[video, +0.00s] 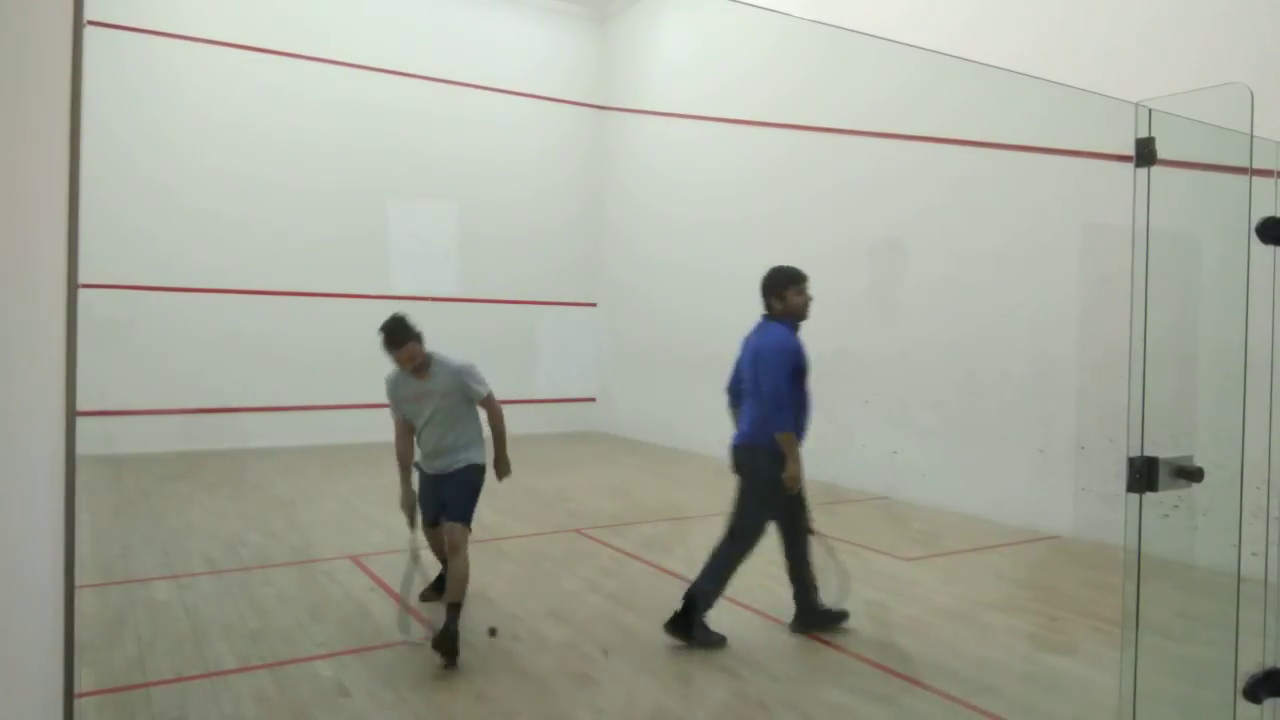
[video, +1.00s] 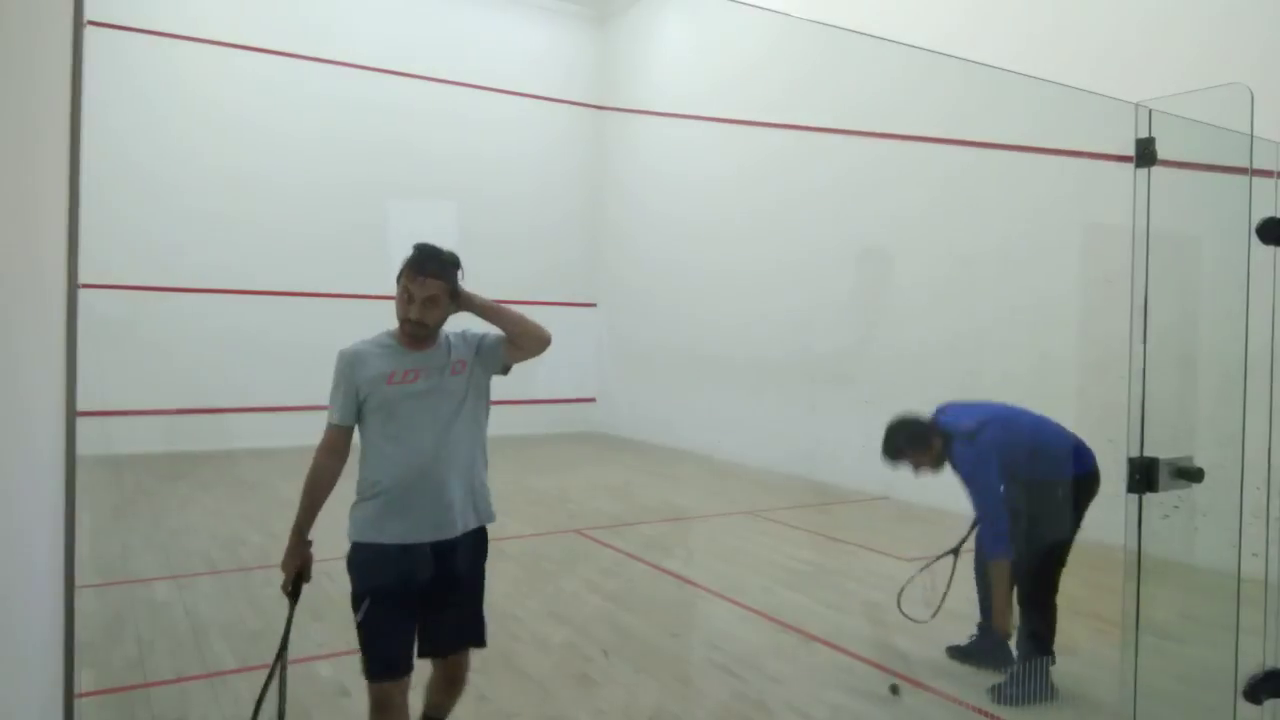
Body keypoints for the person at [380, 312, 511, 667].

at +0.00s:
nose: (405, 357)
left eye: (409, 348)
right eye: (397, 353)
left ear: (420, 342)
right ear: (391, 355)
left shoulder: (458, 372)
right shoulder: (397, 385)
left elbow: (493, 408)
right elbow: (403, 435)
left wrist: (501, 455)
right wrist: (405, 487)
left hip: (466, 463)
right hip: (430, 466)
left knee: (454, 538)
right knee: (432, 530)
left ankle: (451, 628)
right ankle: (449, 573)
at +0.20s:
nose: (392, 390)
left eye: (395, 381)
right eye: (383, 388)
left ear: (401, 364)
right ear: (371, 383)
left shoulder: (440, 377)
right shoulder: (372, 396)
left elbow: (492, 403)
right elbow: (391, 446)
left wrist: (521, 446)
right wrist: (412, 497)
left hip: (473, 463)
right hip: (437, 472)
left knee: (458, 557)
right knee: (466, 524)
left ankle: (452, 646)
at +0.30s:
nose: (410, 338)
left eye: (412, 327)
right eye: (399, 333)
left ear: (417, 322)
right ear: (381, 337)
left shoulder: (449, 357)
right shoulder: (368, 371)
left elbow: (486, 405)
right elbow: (357, 430)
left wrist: (497, 464)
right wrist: (345, 489)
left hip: (462, 470)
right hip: (415, 474)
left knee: (454, 562)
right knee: (420, 558)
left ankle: (451, 644)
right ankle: (481, 531)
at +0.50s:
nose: (398, 311)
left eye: (403, 301)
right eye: (389, 302)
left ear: (408, 299)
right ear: (362, 300)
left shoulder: (421, 345)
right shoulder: (335, 359)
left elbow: (449, 391)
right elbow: (319, 433)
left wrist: (470, 431)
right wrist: (297, 498)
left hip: (424, 487)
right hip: (364, 491)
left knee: (432, 590)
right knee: (359, 593)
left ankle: (425, 634)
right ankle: (363, 678)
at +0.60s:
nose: (389, 316)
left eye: (400, 307)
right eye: (382, 304)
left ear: (412, 305)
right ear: (365, 295)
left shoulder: (420, 344)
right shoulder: (331, 356)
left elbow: (471, 378)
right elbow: (311, 433)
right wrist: (299, 504)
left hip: (418, 490)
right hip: (356, 495)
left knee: (422, 597)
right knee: (356, 597)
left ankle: (409, 694)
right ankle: (360, 678)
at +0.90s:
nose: (420, 311)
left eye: (434, 303)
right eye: (414, 296)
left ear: (453, 304)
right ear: (403, 289)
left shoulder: (469, 347)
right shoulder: (364, 359)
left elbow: (531, 338)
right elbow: (336, 444)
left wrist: (469, 297)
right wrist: (307, 524)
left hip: (455, 522)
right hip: (383, 525)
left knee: (438, 645)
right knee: (376, 660)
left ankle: (424, 717)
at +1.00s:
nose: (414, 312)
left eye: (430, 302)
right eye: (407, 297)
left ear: (451, 304)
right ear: (396, 292)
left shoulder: (471, 350)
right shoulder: (359, 361)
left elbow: (536, 340)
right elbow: (332, 452)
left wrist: (466, 300)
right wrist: (299, 536)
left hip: (459, 536)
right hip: (383, 540)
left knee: (453, 669)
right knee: (388, 688)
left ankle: (432, 717)